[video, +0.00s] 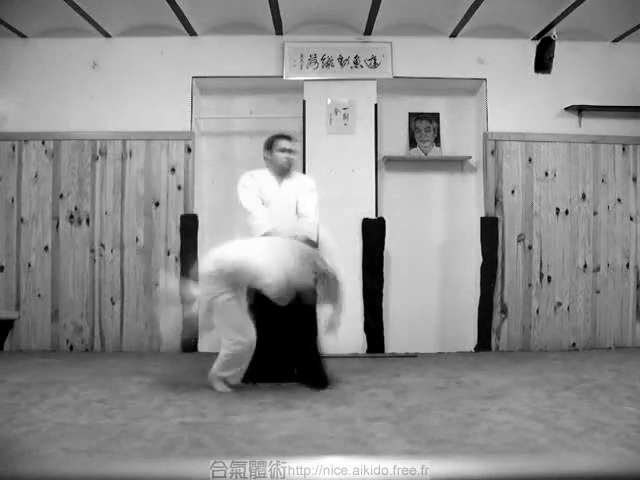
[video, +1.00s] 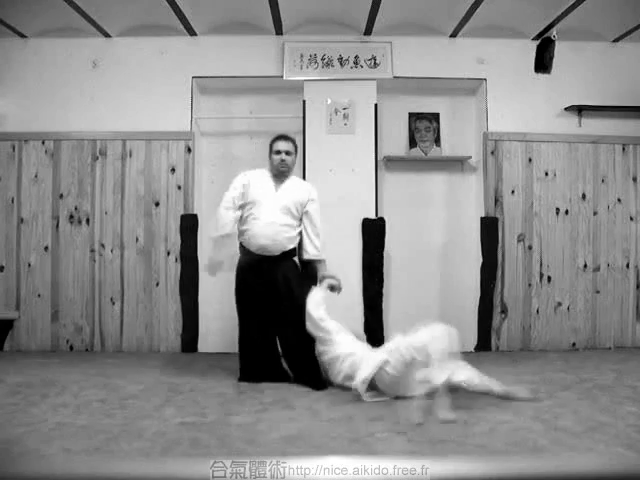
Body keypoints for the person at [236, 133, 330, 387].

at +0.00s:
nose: (288, 156)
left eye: (291, 152)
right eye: (282, 151)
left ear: (295, 155)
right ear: (268, 155)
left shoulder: (305, 182)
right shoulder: (251, 180)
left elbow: (310, 219)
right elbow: (254, 214)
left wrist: (304, 239)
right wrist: (274, 235)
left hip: (300, 249)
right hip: (264, 249)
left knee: (301, 311)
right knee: (267, 311)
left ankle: (307, 370)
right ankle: (266, 370)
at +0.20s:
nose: (279, 154)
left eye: (282, 150)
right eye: (273, 150)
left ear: (286, 154)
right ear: (260, 154)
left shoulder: (299, 179)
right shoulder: (247, 179)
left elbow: (310, 214)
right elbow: (249, 213)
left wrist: (302, 239)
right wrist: (272, 234)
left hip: (296, 251)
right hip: (261, 250)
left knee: (300, 312)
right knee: (262, 312)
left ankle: (304, 369)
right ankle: (259, 370)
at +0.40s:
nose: (274, 154)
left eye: (278, 150)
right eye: (268, 150)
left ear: (283, 154)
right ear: (257, 155)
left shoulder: (296, 179)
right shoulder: (243, 180)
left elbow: (308, 214)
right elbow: (236, 215)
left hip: (292, 254)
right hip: (257, 255)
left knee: (298, 316)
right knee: (258, 315)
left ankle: (307, 372)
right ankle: (255, 372)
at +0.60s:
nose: (274, 155)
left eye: (278, 151)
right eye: (268, 151)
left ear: (283, 155)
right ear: (257, 156)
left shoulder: (297, 182)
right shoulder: (244, 181)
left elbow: (312, 220)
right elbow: (255, 215)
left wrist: (315, 244)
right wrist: (291, 223)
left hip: (292, 258)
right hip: (259, 259)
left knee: (298, 320)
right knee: (259, 320)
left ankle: (308, 374)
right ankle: (258, 373)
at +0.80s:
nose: (276, 157)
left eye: (281, 152)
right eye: (270, 153)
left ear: (288, 156)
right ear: (262, 157)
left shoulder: (300, 188)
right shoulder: (246, 181)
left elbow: (308, 226)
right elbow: (236, 211)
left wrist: (313, 262)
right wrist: (259, 230)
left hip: (288, 260)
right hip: (255, 260)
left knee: (291, 318)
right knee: (256, 319)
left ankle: (307, 374)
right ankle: (256, 371)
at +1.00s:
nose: (283, 158)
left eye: (288, 154)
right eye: (278, 153)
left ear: (295, 158)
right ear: (269, 157)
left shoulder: (305, 191)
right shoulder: (248, 181)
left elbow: (312, 235)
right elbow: (226, 212)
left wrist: (319, 271)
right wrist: (225, 247)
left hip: (287, 264)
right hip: (252, 263)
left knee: (294, 324)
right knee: (253, 323)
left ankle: (308, 377)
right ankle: (256, 374)